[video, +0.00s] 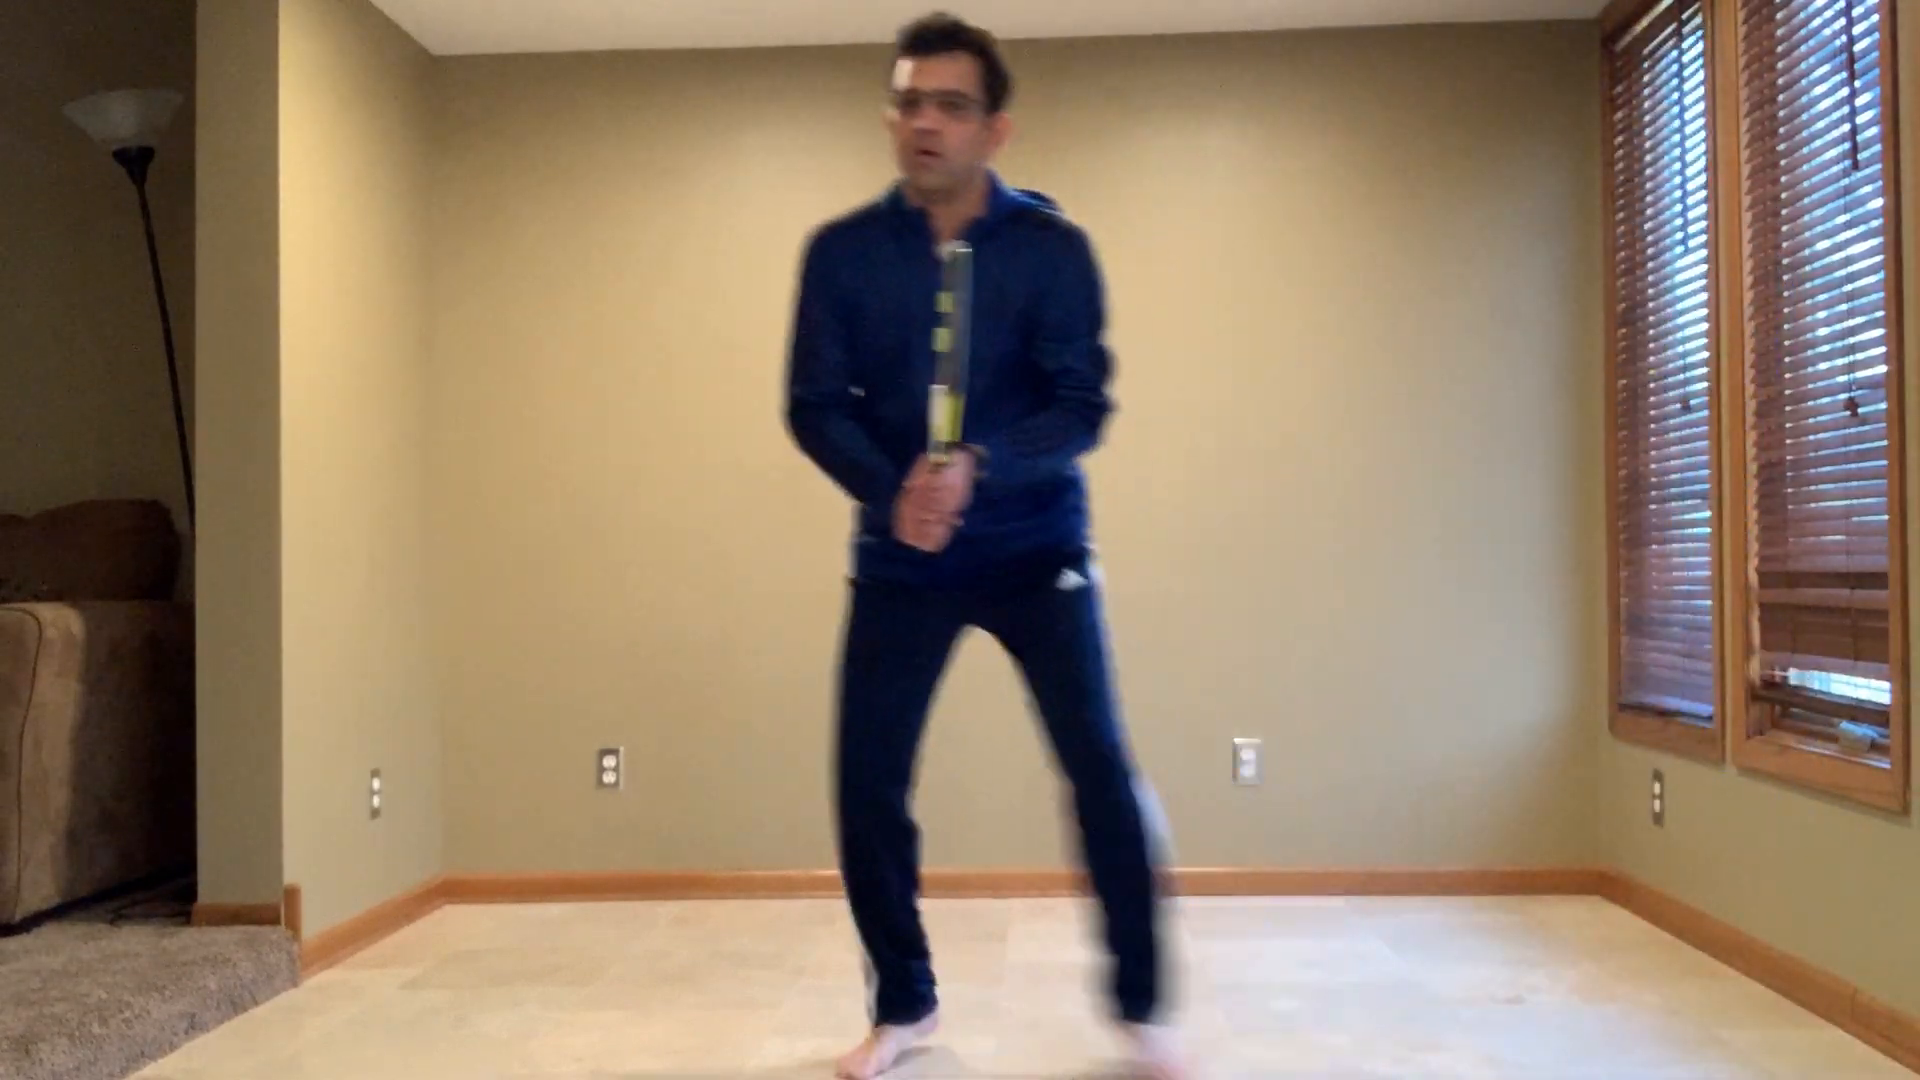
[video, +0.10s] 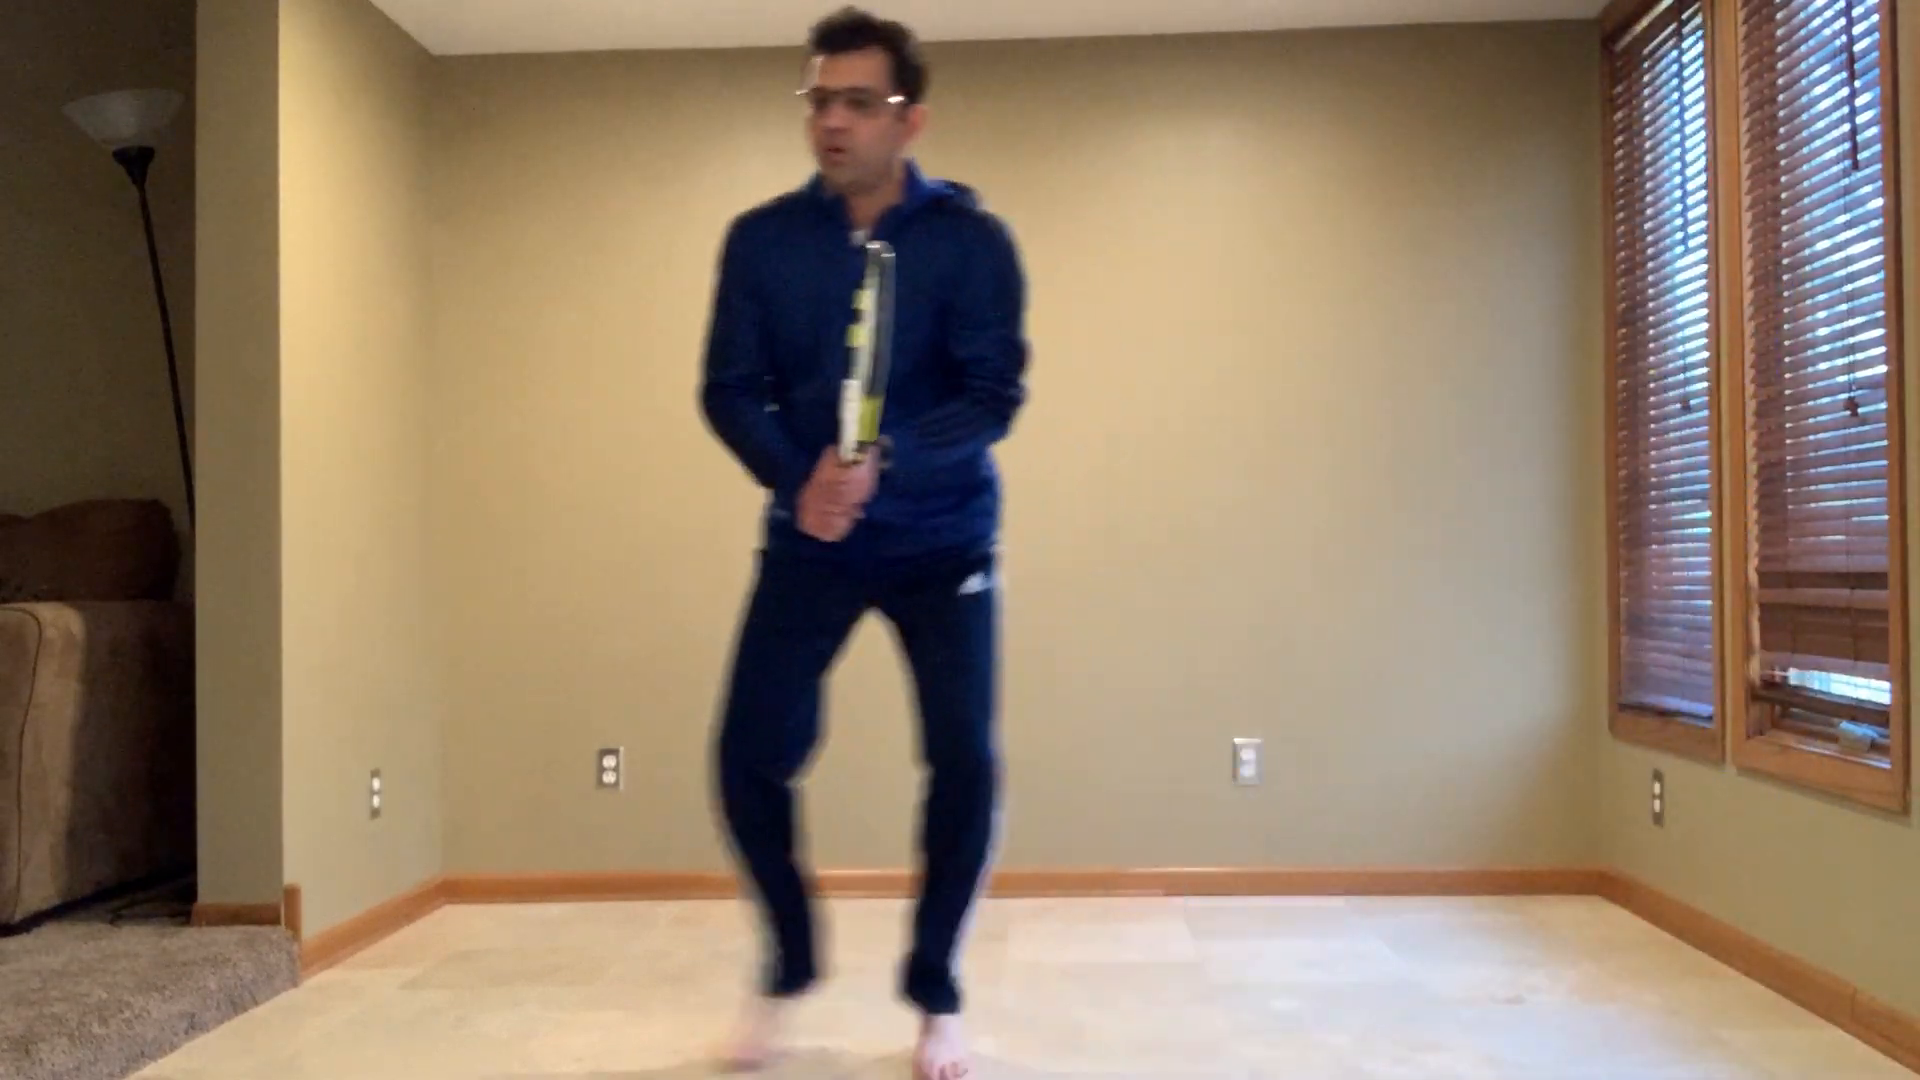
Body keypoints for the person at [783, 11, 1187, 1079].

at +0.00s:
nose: (922, 123)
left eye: (948, 106)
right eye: (907, 103)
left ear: (994, 124)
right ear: (889, 117)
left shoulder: (1050, 246)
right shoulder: (842, 252)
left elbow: (1080, 407)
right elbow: (814, 405)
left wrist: (978, 468)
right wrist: (892, 489)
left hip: (1036, 560)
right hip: (899, 568)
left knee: (1101, 769)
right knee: (868, 790)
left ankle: (1142, 1015)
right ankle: (904, 1012)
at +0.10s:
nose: (829, 120)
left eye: (855, 102)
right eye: (818, 101)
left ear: (909, 117)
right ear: (804, 112)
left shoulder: (970, 241)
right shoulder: (762, 240)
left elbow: (993, 394)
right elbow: (727, 388)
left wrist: (883, 464)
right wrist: (793, 476)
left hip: (941, 549)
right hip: (808, 547)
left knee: (965, 763)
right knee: (750, 756)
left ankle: (936, 994)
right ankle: (790, 964)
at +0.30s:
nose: (668, 140)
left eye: (695, 124)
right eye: (656, 121)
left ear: (746, 148)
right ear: (641, 136)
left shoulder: (791, 275)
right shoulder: (581, 260)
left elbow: (817, 430)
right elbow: (542, 408)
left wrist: (713, 475)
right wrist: (617, 490)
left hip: (745, 589)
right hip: (608, 591)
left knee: (813, 786)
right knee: (546, 806)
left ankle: (900, 1008)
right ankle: (527, 1024)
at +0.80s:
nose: (449, 254)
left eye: (477, 240)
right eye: (435, 230)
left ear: (517, 271)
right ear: (408, 242)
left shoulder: (555, 386)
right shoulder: (333, 356)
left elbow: (551, 531)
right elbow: (283, 508)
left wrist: (463, 625)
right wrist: (359, 640)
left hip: (495, 621)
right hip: (349, 614)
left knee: (567, 798)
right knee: (253, 830)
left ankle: (578, 1012)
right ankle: (239, 1031)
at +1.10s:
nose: (702, 218)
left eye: (727, 205)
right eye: (686, 192)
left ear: (747, 228)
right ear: (642, 191)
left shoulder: (740, 342)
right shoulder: (545, 294)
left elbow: (713, 488)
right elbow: (494, 466)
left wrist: (676, 581)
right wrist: (576, 610)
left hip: (619, 591)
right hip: (497, 570)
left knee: (633, 786)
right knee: (406, 776)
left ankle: (571, 1021)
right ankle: (293, 1000)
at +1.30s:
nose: (882, 234)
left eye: (906, 222)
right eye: (867, 206)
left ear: (916, 241)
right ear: (815, 200)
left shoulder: (875, 342)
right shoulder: (724, 308)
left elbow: (852, 485)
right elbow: (727, 500)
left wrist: (886, 604)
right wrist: (834, 634)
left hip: (747, 585)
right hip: (639, 577)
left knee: (845, 754)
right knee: (637, 819)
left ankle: (794, 963)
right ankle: (569, 1054)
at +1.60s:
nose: (1243, 278)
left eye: (1258, 263)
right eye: (1230, 250)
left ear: (1264, 269)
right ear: (1164, 230)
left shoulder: (1112, 312)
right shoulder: (1123, 336)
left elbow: (1135, 481)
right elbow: (1131, 498)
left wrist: (1170, 589)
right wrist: (1171, 602)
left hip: (958, 569)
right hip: (945, 573)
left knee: (1075, 775)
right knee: (1078, 776)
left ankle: (1031, 996)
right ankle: (1024, 1012)